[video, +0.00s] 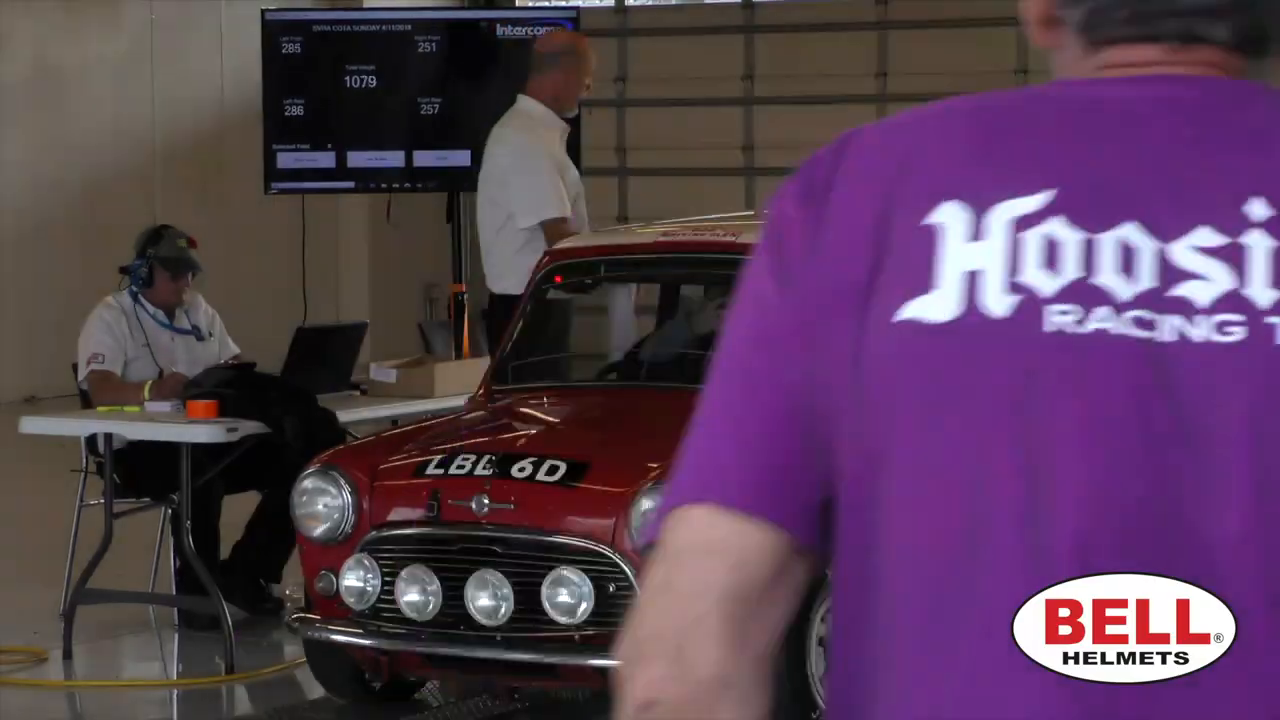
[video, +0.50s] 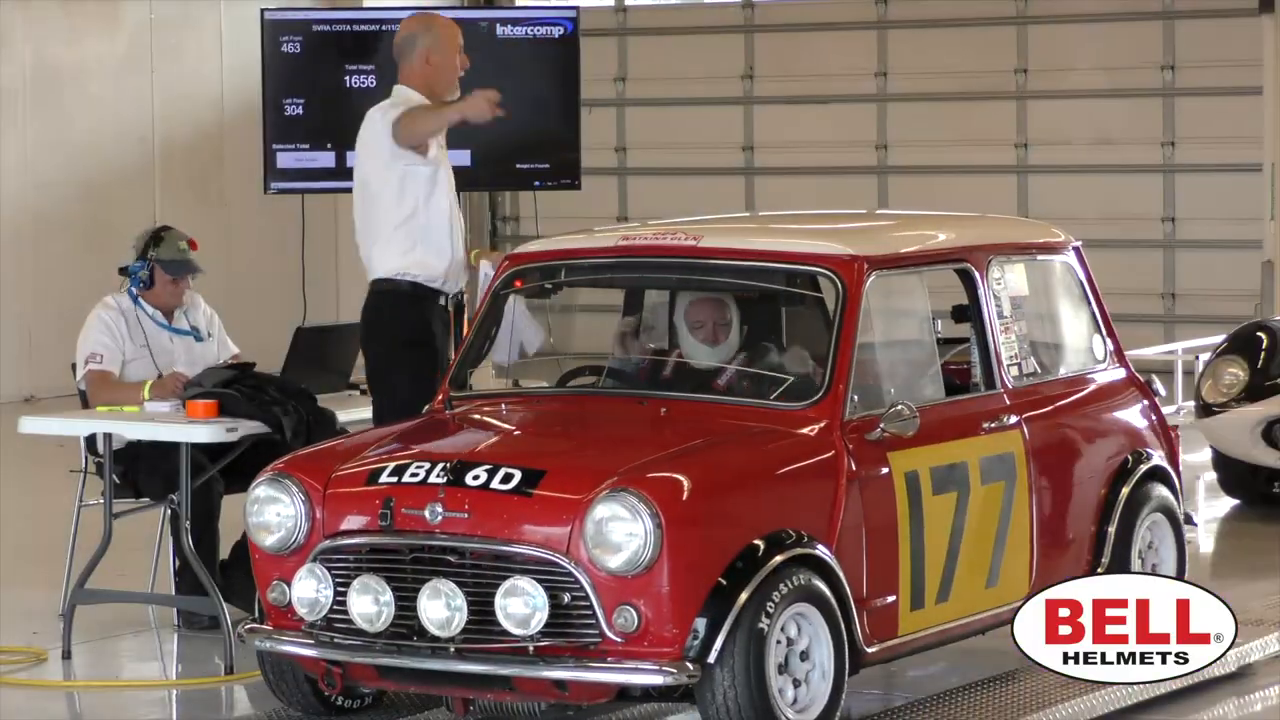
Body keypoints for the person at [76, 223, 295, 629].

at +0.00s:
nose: (184, 283)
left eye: (188, 274)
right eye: (174, 273)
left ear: (193, 274)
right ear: (145, 272)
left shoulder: (198, 310)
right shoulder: (110, 317)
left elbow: (234, 365)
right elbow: (99, 390)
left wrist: (233, 378)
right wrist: (153, 391)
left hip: (202, 447)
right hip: (134, 452)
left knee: (298, 465)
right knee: (198, 473)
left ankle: (247, 578)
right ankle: (196, 599)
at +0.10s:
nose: (177, 286)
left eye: (184, 277)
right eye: (165, 276)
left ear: (192, 277)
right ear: (141, 270)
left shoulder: (200, 312)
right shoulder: (109, 317)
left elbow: (234, 367)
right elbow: (99, 391)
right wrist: (152, 390)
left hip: (203, 444)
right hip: (136, 448)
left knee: (297, 467)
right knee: (201, 481)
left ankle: (243, 580)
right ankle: (197, 603)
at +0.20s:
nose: (184, 285)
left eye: (189, 277)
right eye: (175, 276)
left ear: (194, 275)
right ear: (144, 273)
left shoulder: (199, 311)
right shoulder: (110, 315)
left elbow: (233, 364)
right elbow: (100, 392)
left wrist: (246, 379)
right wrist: (151, 389)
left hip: (202, 441)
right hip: (136, 445)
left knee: (275, 469)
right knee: (200, 482)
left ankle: (238, 577)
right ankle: (196, 603)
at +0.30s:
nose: (178, 288)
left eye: (185, 278)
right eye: (167, 277)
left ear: (192, 277)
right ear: (141, 271)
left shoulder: (199, 311)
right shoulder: (109, 317)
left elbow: (233, 363)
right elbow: (100, 393)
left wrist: (251, 380)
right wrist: (152, 389)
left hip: (201, 440)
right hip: (136, 445)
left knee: (275, 468)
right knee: (200, 481)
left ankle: (238, 577)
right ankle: (196, 603)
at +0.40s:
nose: (176, 288)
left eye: (185, 280)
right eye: (165, 278)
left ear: (193, 280)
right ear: (141, 272)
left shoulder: (201, 313)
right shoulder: (109, 317)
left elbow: (235, 365)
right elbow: (99, 393)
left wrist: (260, 387)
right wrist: (150, 389)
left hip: (202, 440)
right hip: (136, 444)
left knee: (280, 469)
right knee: (201, 482)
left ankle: (238, 579)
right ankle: (197, 604)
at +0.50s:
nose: (184, 286)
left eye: (188, 276)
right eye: (174, 277)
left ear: (193, 273)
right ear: (144, 273)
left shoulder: (198, 309)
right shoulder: (109, 316)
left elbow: (234, 363)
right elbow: (97, 392)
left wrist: (240, 380)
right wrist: (151, 389)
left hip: (203, 442)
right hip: (136, 446)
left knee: (292, 469)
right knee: (201, 483)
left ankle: (240, 581)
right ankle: (196, 605)